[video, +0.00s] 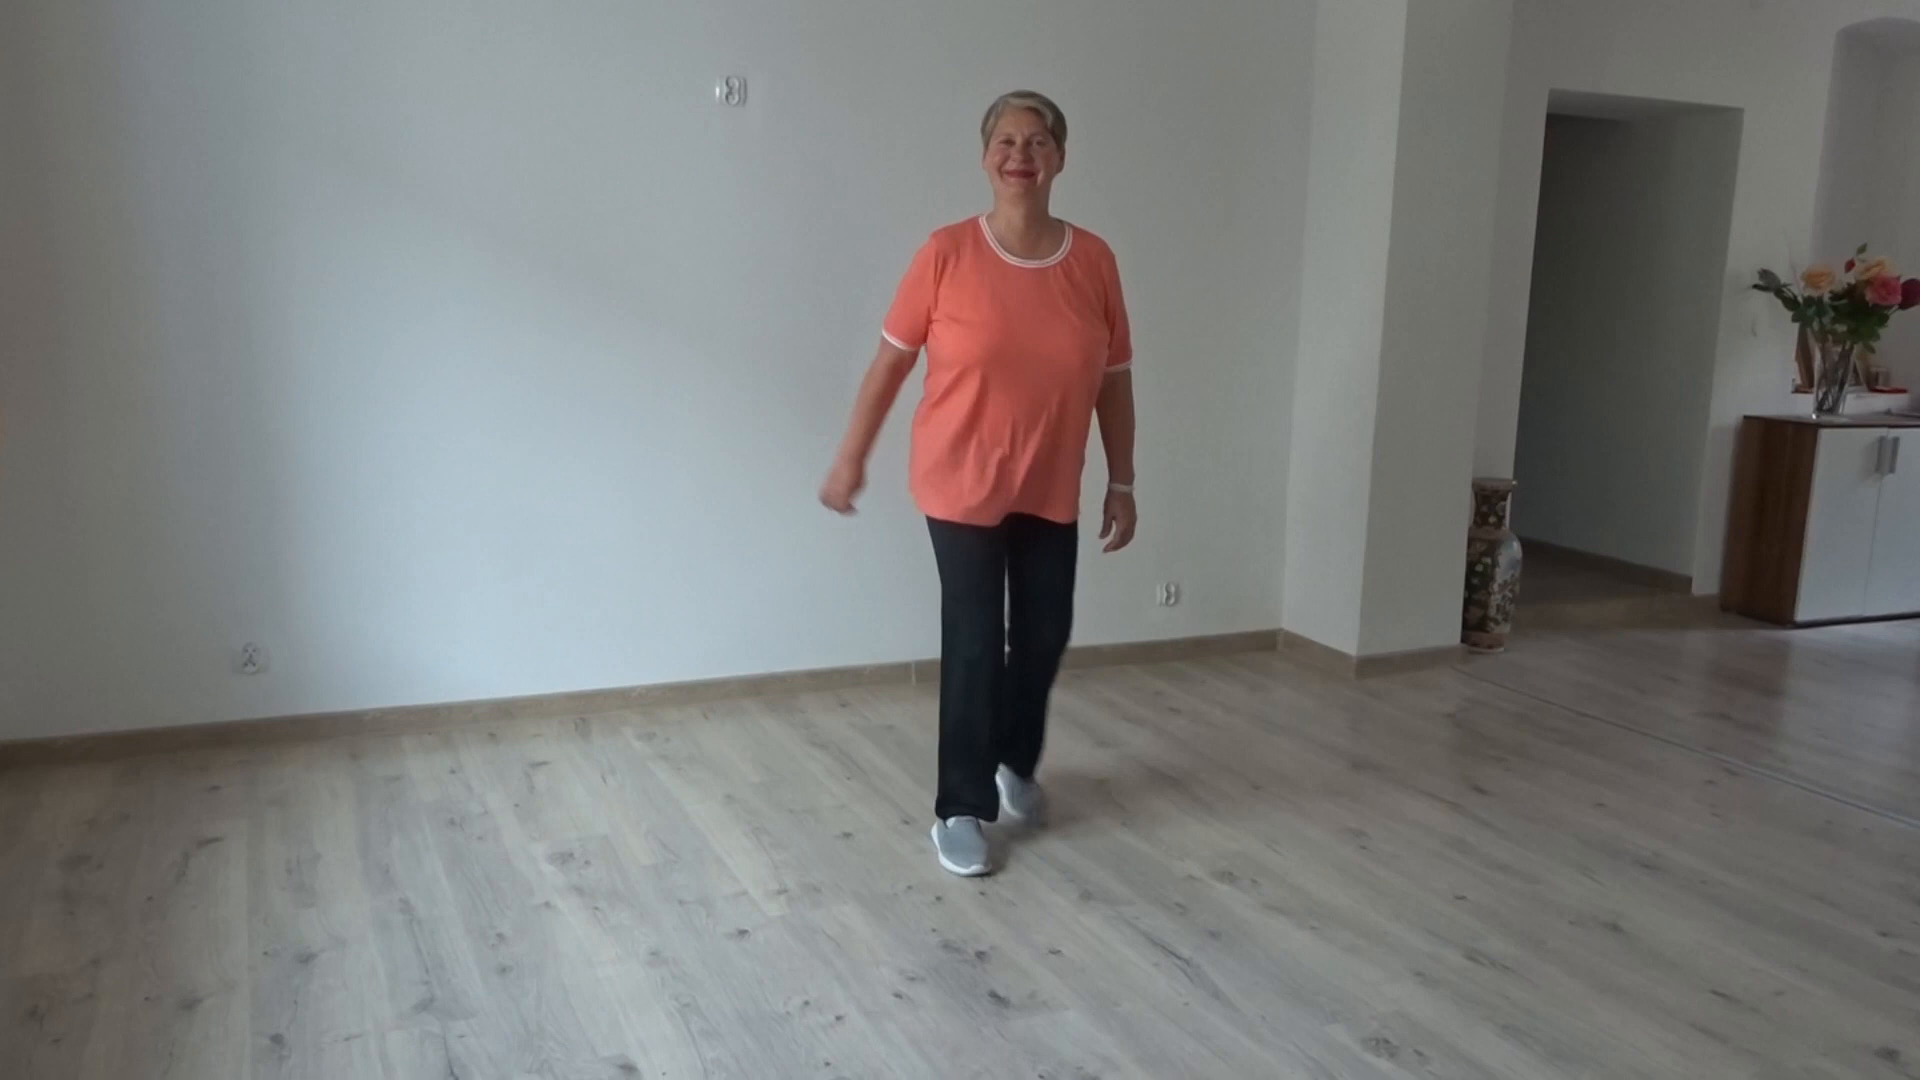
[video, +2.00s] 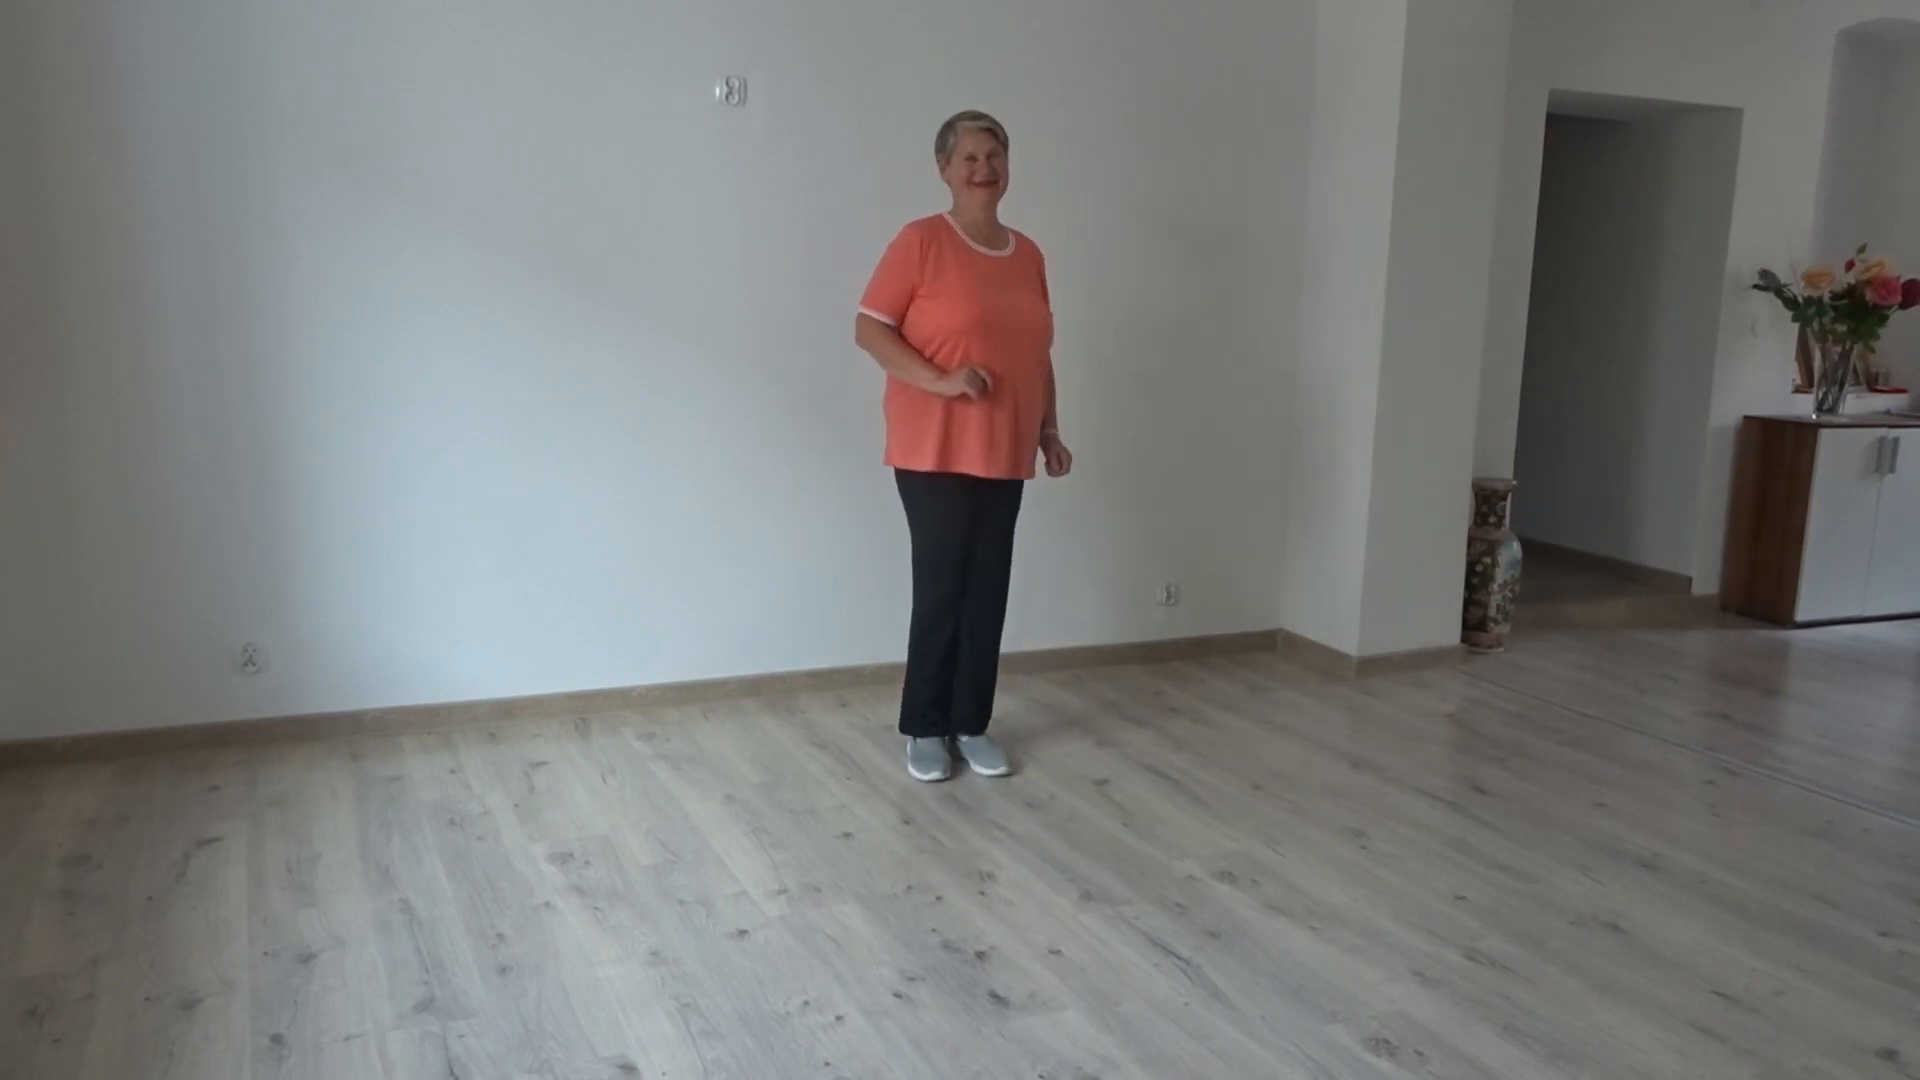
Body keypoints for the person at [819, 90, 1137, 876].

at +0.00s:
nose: (1018, 153)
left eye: (1035, 143)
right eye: (1005, 141)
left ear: (1059, 160)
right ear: (984, 157)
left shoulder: (1092, 259)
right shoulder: (948, 253)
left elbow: (1113, 380)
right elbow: (892, 360)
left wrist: (1122, 482)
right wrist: (850, 458)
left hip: (1051, 487)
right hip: (961, 483)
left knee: (1045, 637)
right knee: (974, 643)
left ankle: (1016, 761)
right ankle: (961, 809)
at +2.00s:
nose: (985, 165)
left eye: (994, 155)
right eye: (970, 157)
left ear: (1008, 167)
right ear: (945, 170)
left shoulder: (1026, 254)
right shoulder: (919, 242)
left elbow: (1038, 353)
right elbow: (870, 328)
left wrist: (1047, 427)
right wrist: (937, 380)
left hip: (1004, 458)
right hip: (935, 454)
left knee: (986, 597)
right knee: (941, 595)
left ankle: (969, 728)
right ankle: (924, 730)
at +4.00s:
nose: (988, 166)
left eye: (1000, 155)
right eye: (975, 157)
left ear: (1019, 167)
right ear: (956, 171)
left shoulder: (1046, 255)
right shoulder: (924, 243)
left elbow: (1071, 343)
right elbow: (876, 325)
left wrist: (1056, 378)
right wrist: (915, 365)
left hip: (1012, 460)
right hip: (937, 457)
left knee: (991, 599)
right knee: (942, 595)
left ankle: (974, 728)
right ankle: (926, 730)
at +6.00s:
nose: (968, 167)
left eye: (979, 155)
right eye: (954, 157)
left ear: (999, 166)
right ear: (936, 169)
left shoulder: (1027, 252)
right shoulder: (907, 245)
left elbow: (1055, 341)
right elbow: (859, 330)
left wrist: (1044, 377)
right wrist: (911, 374)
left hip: (1003, 460)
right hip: (931, 459)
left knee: (985, 600)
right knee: (938, 599)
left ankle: (972, 730)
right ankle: (927, 732)